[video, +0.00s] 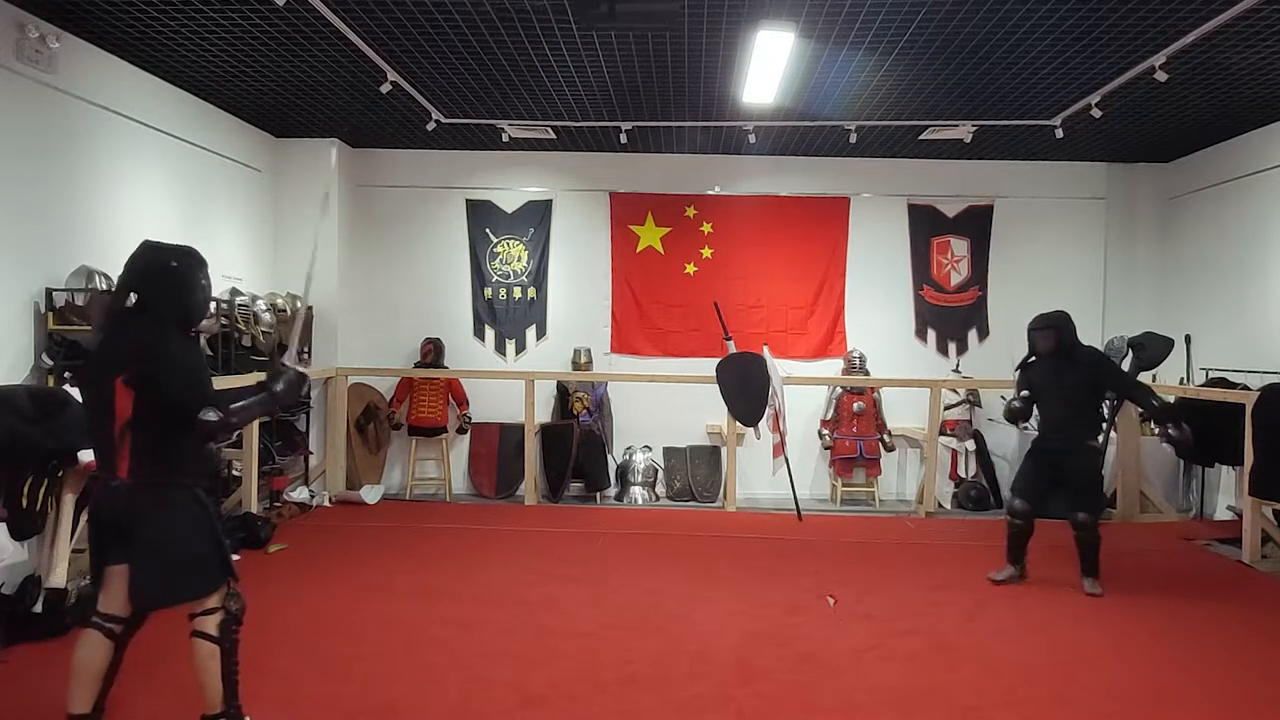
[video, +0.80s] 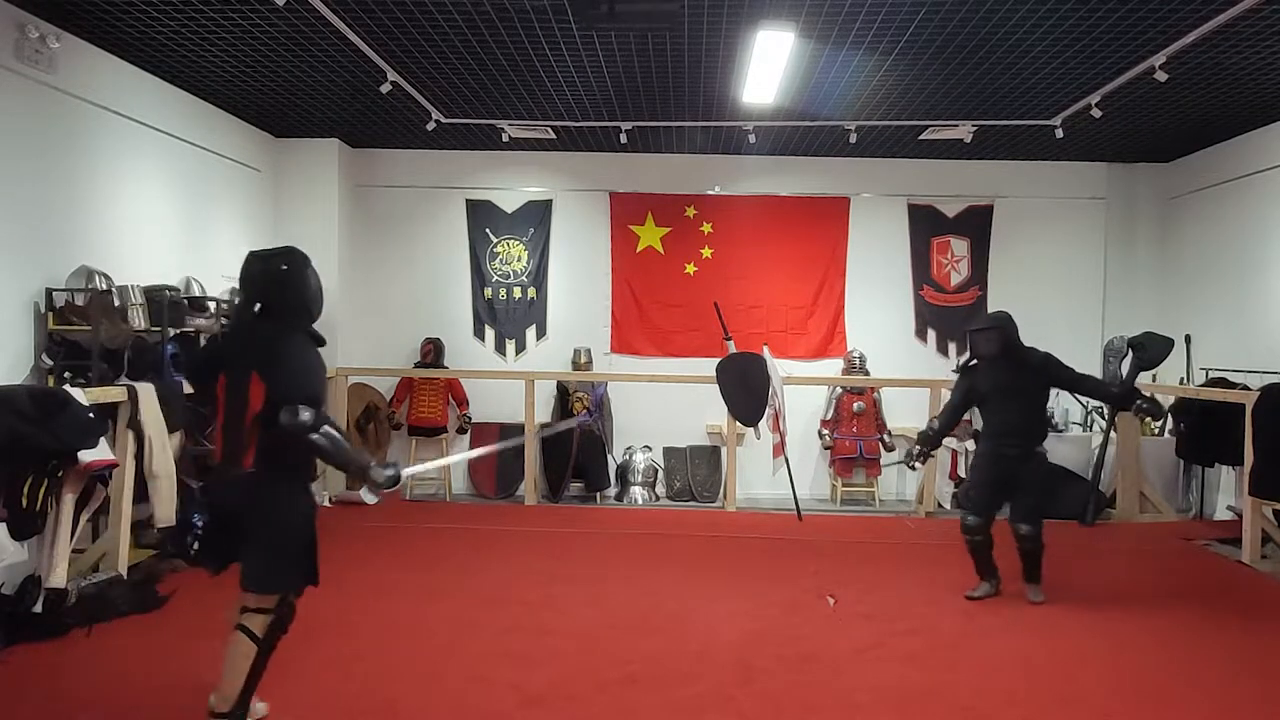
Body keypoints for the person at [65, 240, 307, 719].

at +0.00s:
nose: (209, 294)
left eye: (207, 283)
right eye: (202, 283)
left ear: (145, 287)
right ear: (178, 290)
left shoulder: (114, 338)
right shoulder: (173, 346)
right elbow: (205, 421)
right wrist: (271, 398)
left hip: (116, 497)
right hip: (170, 498)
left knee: (112, 614)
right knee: (217, 602)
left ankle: (79, 712)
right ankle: (222, 711)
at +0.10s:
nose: (201, 292)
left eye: (199, 281)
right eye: (194, 281)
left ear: (137, 286)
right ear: (172, 287)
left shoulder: (114, 337)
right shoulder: (172, 342)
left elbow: (103, 426)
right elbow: (194, 425)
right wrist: (270, 434)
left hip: (116, 495)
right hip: (169, 497)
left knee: (106, 614)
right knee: (219, 601)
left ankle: (78, 714)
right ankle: (221, 713)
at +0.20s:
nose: (199, 289)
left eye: (195, 278)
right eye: (191, 278)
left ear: (134, 287)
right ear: (169, 286)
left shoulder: (113, 337)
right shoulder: (174, 344)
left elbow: (106, 428)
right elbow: (188, 440)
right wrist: (258, 477)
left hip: (115, 495)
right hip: (171, 498)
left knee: (104, 615)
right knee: (229, 599)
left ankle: (77, 714)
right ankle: (221, 714)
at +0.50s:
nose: (240, 292)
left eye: (234, 282)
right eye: (233, 283)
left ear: (167, 295)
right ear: (220, 294)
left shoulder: (147, 350)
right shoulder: (224, 352)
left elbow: (144, 426)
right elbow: (223, 438)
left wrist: (183, 464)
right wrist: (236, 507)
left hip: (170, 495)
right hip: (222, 497)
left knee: (144, 606)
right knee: (263, 601)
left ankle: (86, 711)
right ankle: (224, 712)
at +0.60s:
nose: (264, 289)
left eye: (260, 279)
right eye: (258, 281)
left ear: (201, 291)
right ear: (247, 288)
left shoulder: (188, 340)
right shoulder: (248, 345)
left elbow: (165, 412)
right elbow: (246, 430)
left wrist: (211, 438)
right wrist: (268, 501)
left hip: (195, 489)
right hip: (245, 495)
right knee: (264, 604)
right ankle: (225, 713)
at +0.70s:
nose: (292, 291)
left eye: (287, 281)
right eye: (286, 282)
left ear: (223, 289)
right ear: (273, 289)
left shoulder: (203, 341)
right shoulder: (274, 348)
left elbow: (174, 413)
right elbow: (269, 431)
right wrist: (319, 491)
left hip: (211, 486)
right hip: (260, 491)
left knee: (225, 596)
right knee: (261, 609)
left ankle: (154, 695)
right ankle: (226, 713)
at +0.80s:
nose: (317, 291)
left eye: (312, 281)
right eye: (311, 282)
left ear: (256, 290)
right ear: (301, 290)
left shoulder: (233, 335)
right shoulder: (295, 346)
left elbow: (198, 372)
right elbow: (301, 422)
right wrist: (365, 469)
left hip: (235, 482)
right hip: (276, 488)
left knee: (273, 598)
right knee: (262, 608)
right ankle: (227, 707)